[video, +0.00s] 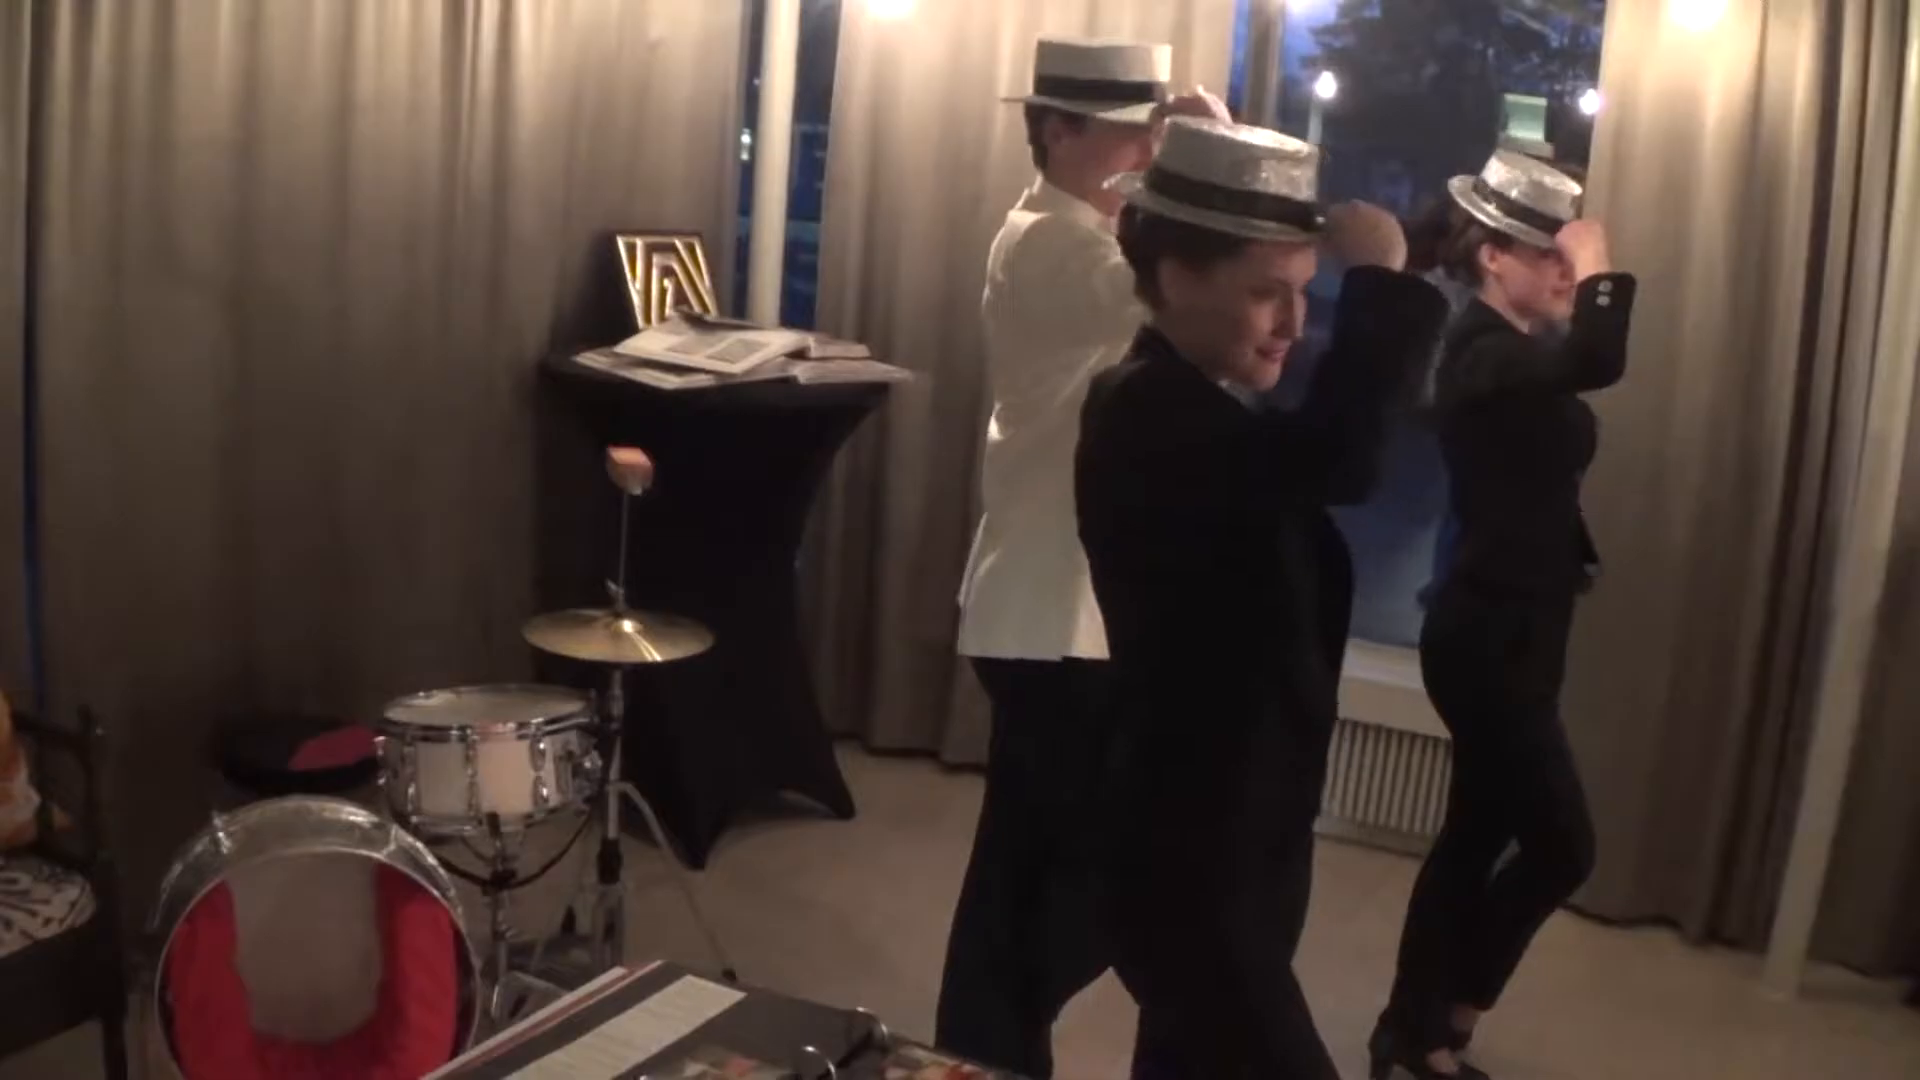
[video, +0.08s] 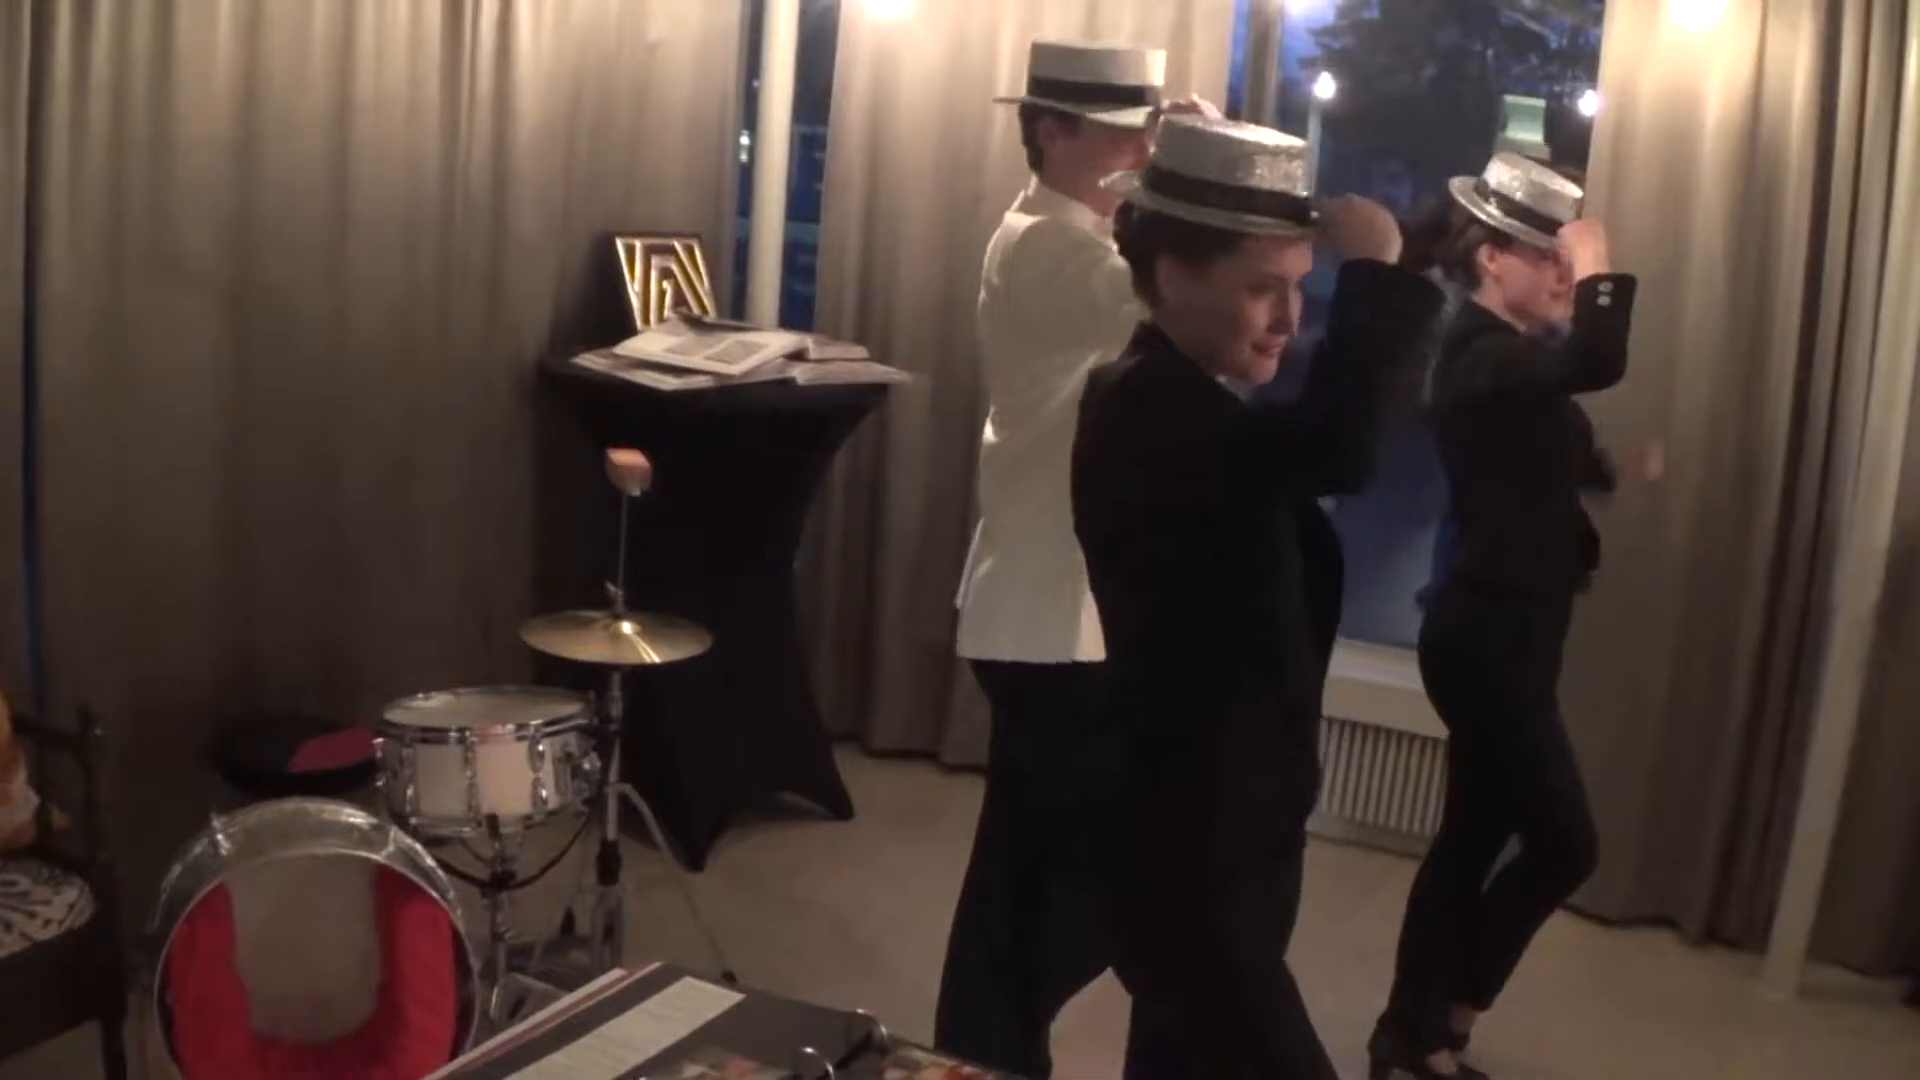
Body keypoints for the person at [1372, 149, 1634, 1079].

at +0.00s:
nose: (1569, 277)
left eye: (1570, 262)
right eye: (1552, 259)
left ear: (1501, 262)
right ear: (1493, 258)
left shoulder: (1511, 343)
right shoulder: (1483, 345)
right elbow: (1596, 361)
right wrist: (1599, 272)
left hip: (1518, 627)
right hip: (1484, 632)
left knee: (1473, 837)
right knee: (1560, 847)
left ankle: (1413, 1033)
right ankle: (1444, 1017)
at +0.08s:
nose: (1565, 279)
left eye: (1566, 264)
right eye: (1549, 260)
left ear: (1498, 262)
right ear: (1491, 259)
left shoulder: (1504, 348)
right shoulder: (1481, 350)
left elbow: (1529, 459)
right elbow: (1596, 362)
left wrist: (1608, 469)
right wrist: (1599, 273)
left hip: (1507, 627)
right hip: (1485, 634)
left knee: (1470, 836)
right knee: (1562, 846)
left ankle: (1412, 1035)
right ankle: (1442, 1016)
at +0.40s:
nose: (1532, 280)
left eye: (1530, 263)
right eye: (1519, 264)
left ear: (1476, 267)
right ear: (1482, 265)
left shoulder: (1475, 343)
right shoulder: (1460, 346)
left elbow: (1555, 323)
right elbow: (1566, 325)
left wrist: (1544, 245)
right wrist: (1523, 248)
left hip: (1499, 626)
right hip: (1476, 630)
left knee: (1462, 839)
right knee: (1559, 845)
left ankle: (1402, 1035)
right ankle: (1437, 1014)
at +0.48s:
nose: (1520, 279)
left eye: (1518, 263)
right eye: (1509, 263)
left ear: (1462, 266)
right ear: (1478, 265)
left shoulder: (1474, 347)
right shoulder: (1452, 349)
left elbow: (1562, 335)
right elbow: (1566, 335)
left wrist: (1540, 246)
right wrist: (1515, 253)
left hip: (1498, 627)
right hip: (1472, 631)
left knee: (1461, 838)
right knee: (1556, 844)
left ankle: (1402, 1034)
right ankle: (1437, 1011)